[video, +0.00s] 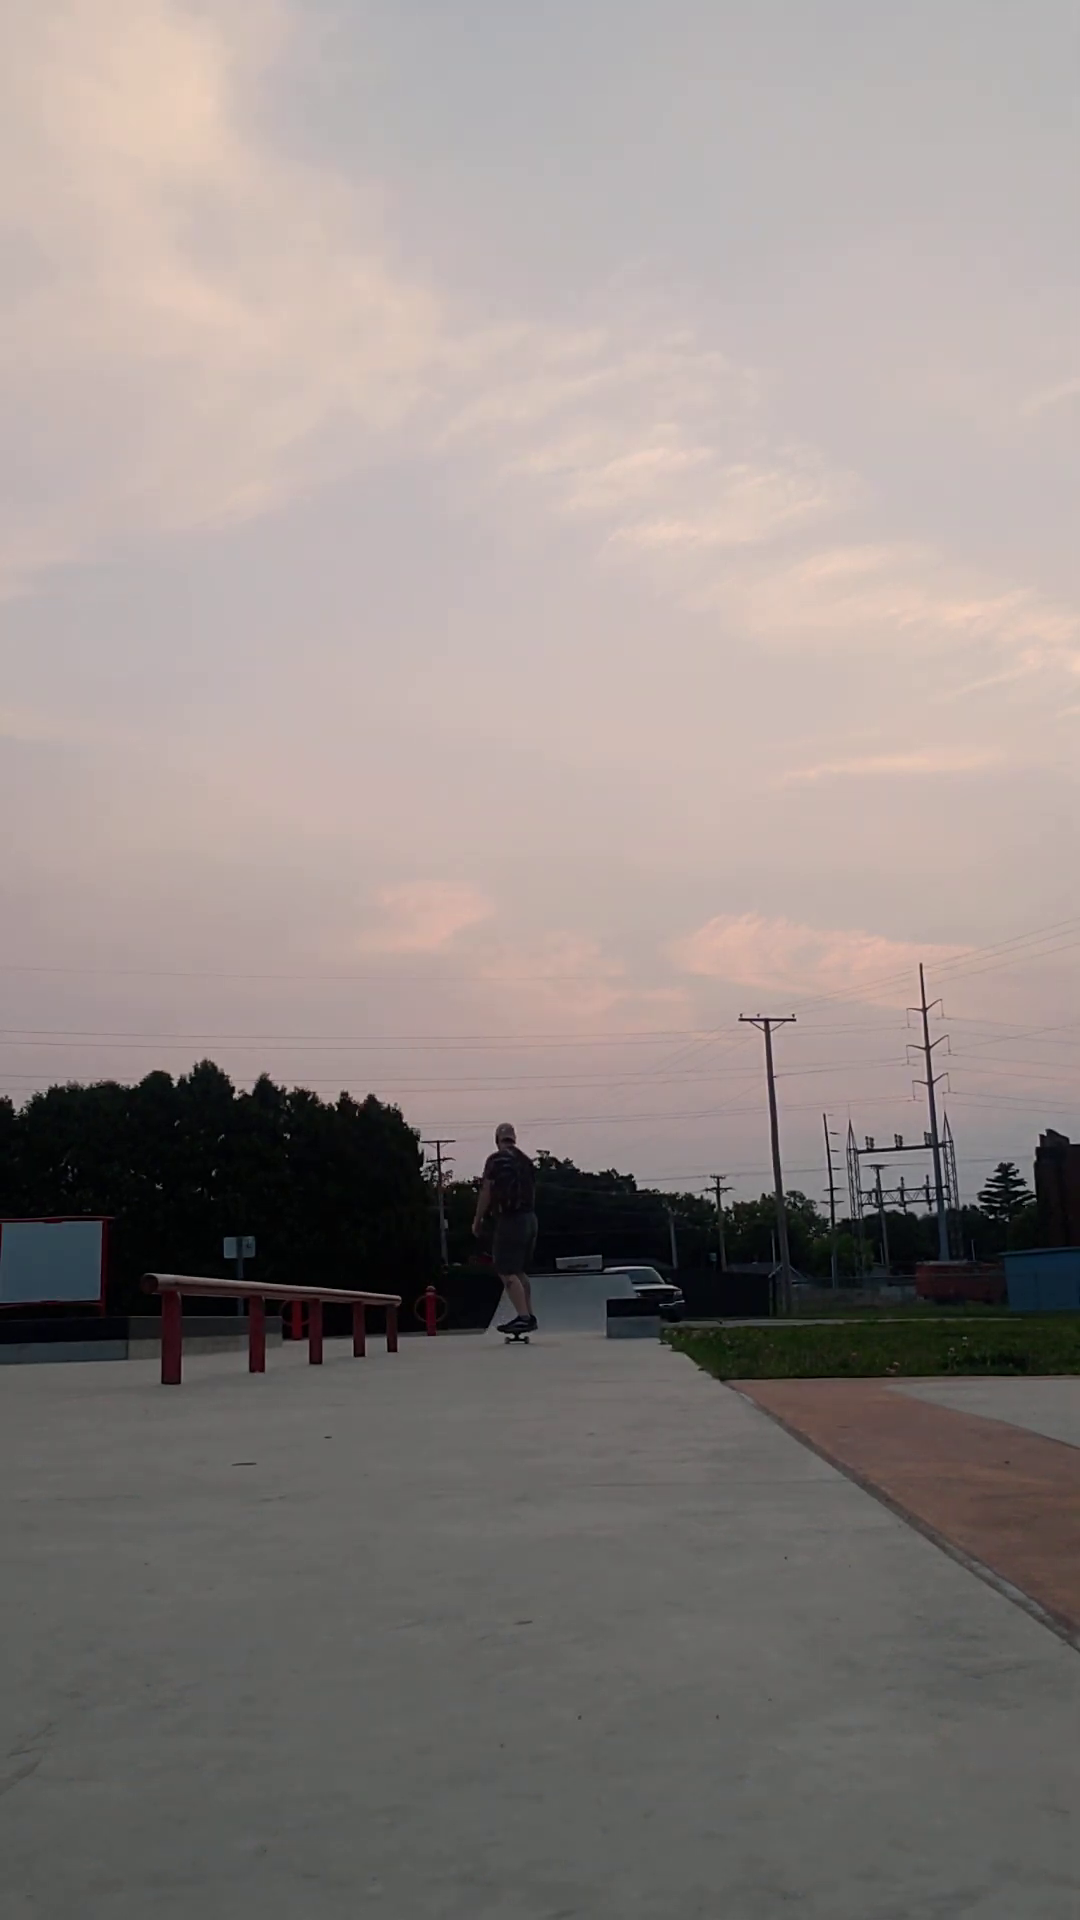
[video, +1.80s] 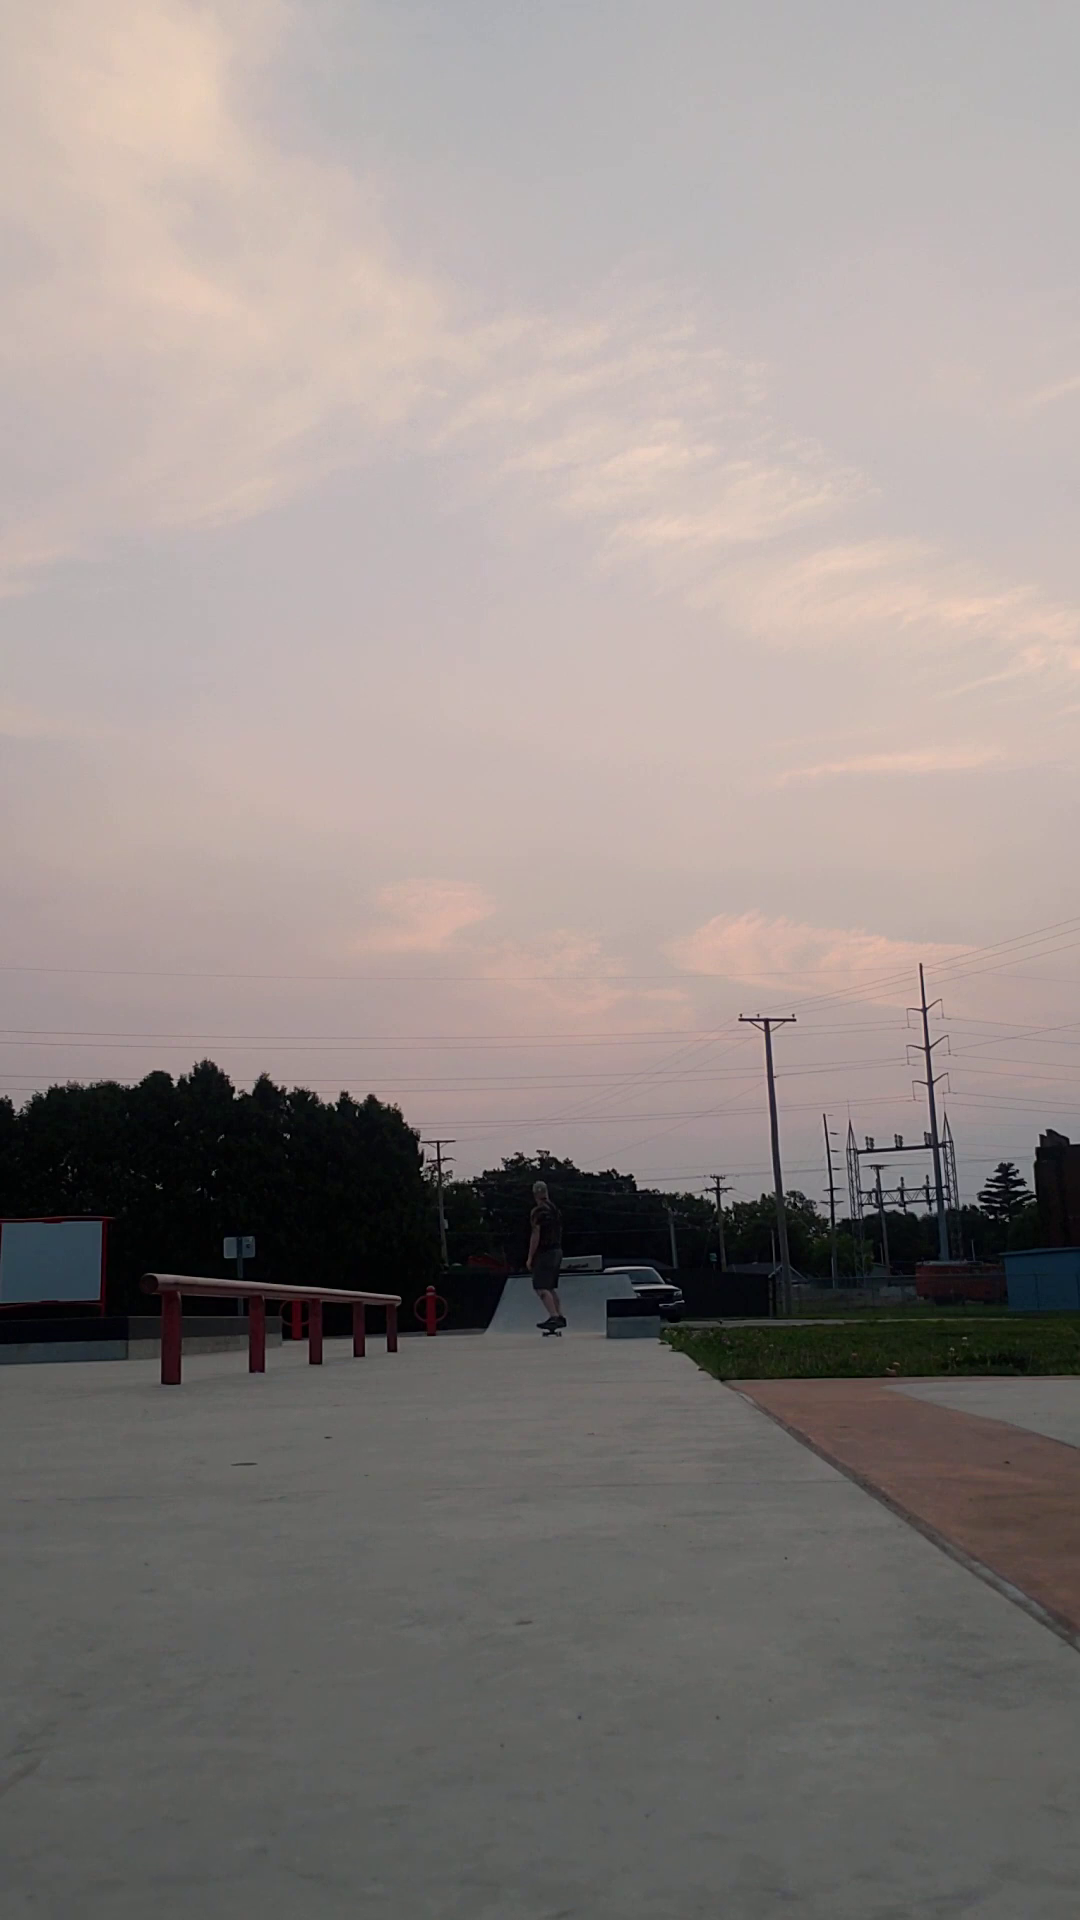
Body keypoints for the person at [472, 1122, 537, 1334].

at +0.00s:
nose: (502, 1144)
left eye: (500, 1140)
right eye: (506, 1140)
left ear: (497, 1140)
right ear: (515, 1139)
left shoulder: (495, 1160)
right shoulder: (526, 1160)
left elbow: (486, 1190)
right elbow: (529, 1191)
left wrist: (478, 1218)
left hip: (508, 1219)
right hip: (528, 1217)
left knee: (506, 1270)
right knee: (519, 1270)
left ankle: (523, 1315)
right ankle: (528, 1315)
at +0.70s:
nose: (518, 1166)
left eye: (517, 1162)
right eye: (520, 1162)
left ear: (512, 1163)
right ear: (528, 1163)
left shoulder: (511, 1182)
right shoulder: (537, 1182)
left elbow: (506, 1211)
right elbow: (542, 1211)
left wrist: (501, 1237)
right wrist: (540, 1231)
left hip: (520, 1234)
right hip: (537, 1233)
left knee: (518, 1277)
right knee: (529, 1276)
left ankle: (531, 1315)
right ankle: (538, 1314)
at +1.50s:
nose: (531, 1188)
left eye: (530, 1185)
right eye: (533, 1185)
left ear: (529, 1187)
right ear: (542, 1185)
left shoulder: (532, 1204)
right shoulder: (550, 1202)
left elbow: (531, 1229)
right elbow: (553, 1227)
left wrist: (524, 1251)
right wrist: (550, 1244)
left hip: (538, 1247)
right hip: (550, 1247)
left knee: (533, 1282)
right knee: (544, 1284)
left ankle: (545, 1315)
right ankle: (551, 1316)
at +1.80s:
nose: (539, 1195)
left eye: (537, 1193)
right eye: (540, 1193)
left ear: (534, 1194)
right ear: (546, 1193)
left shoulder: (537, 1212)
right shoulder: (554, 1209)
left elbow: (536, 1235)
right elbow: (556, 1233)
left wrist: (530, 1257)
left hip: (545, 1252)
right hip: (556, 1251)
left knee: (541, 1286)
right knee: (550, 1287)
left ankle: (553, 1316)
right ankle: (558, 1316)